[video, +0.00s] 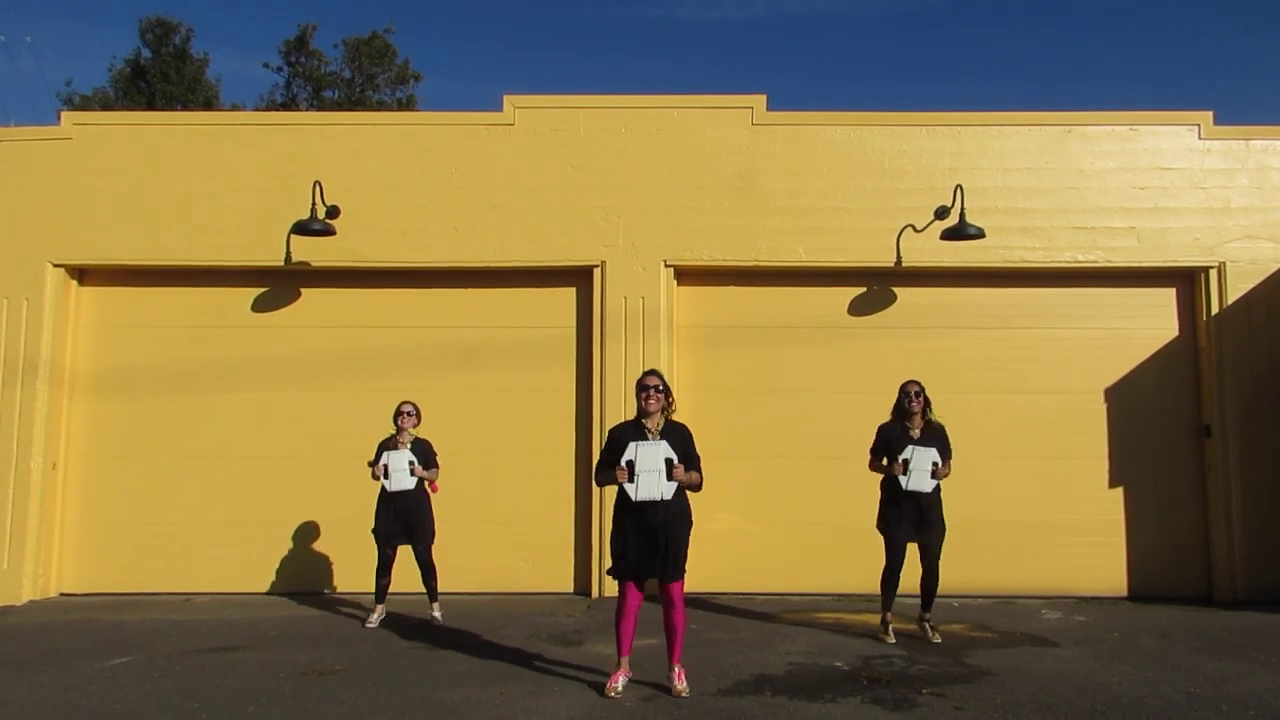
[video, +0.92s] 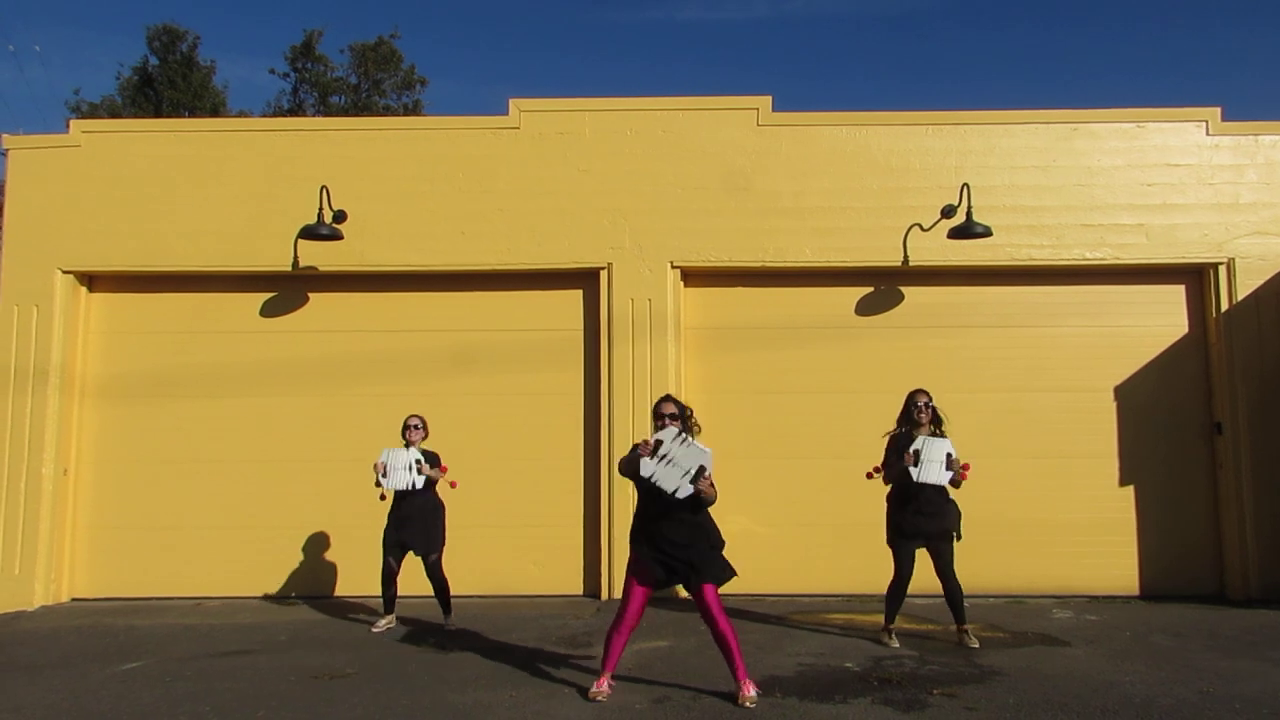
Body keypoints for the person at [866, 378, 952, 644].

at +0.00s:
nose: (913, 399)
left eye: (917, 394)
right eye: (907, 395)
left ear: (925, 399)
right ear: (900, 400)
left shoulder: (937, 430)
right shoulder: (888, 430)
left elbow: (947, 461)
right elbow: (873, 464)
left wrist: (943, 471)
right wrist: (890, 469)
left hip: (929, 507)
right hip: (896, 506)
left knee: (931, 564)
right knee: (894, 563)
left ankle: (925, 618)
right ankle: (886, 620)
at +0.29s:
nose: (921, 408)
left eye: (925, 404)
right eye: (915, 405)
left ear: (932, 407)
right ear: (907, 409)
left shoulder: (943, 438)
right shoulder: (901, 438)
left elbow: (958, 474)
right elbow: (893, 475)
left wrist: (964, 460)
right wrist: (909, 468)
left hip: (940, 515)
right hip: (908, 516)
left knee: (949, 574)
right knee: (898, 572)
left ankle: (958, 632)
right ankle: (878, 628)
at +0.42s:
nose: (924, 392)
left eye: (927, 387)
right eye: (918, 389)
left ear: (934, 392)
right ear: (909, 397)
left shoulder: (949, 421)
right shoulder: (903, 425)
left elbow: (980, 442)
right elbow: (896, 462)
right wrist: (895, 480)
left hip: (942, 501)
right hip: (908, 502)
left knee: (949, 563)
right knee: (899, 556)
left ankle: (954, 626)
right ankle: (869, 598)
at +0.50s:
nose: (927, 394)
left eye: (930, 390)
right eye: (921, 392)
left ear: (936, 395)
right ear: (912, 400)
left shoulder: (951, 421)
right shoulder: (907, 428)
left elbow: (992, 423)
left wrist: (1006, 404)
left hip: (945, 504)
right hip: (912, 504)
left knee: (951, 567)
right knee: (901, 561)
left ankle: (951, 628)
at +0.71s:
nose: (927, 395)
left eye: (930, 390)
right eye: (920, 392)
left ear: (936, 396)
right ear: (911, 399)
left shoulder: (949, 422)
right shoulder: (904, 430)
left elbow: (985, 419)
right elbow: (893, 465)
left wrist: (1006, 406)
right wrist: (892, 486)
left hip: (943, 506)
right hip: (910, 506)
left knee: (946, 566)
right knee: (904, 561)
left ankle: (953, 629)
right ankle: (877, 552)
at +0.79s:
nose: (925, 397)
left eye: (929, 393)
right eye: (919, 394)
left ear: (935, 398)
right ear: (909, 400)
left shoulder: (947, 423)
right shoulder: (900, 428)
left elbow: (980, 436)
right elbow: (890, 467)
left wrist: (985, 433)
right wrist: (906, 473)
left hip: (942, 502)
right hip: (907, 503)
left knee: (949, 565)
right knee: (902, 562)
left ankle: (959, 624)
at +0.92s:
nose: (922, 410)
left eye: (926, 406)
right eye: (916, 406)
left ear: (933, 410)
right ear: (908, 410)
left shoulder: (942, 441)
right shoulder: (899, 439)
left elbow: (956, 482)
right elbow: (887, 478)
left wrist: (955, 470)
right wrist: (904, 463)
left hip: (937, 513)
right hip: (904, 513)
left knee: (947, 573)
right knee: (903, 573)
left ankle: (963, 629)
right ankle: (888, 629)